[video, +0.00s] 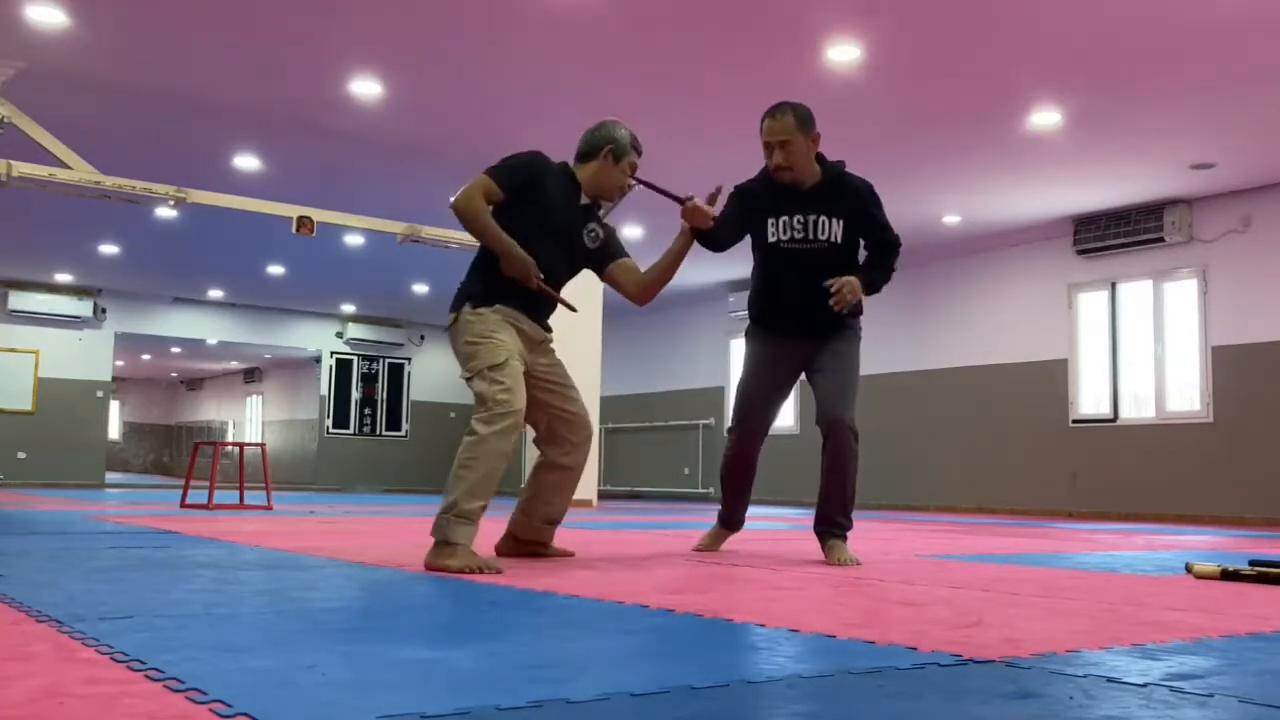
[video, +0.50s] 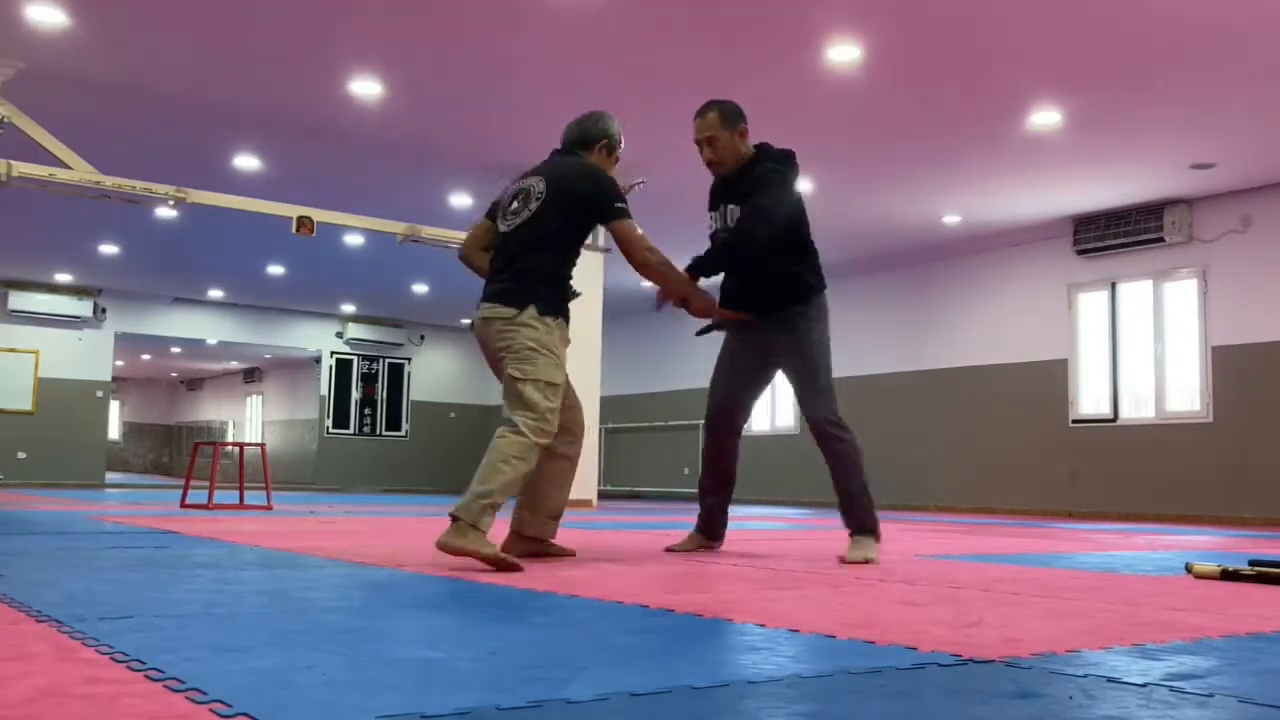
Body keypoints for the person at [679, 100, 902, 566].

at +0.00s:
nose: (775, 159)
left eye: (785, 147)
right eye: (768, 148)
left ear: (814, 142)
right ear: (762, 147)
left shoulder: (853, 193)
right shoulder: (754, 194)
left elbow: (888, 249)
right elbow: (721, 237)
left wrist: (864, 282)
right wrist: (703, 225)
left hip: (834, 333)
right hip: (772, 333)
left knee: (839, 424)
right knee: (745, 429)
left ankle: (834, 535)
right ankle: (729, 522)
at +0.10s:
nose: (769, 158)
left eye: (778, 146)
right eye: (762, 148)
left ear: (807, 142)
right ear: (756, 148)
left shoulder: (849, 191)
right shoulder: (749, 197)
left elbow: (887, 255)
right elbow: (719, 242)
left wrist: (837, 265)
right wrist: (703, 235)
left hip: (834, 333)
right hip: (773, 333)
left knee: (836, 424)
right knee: (743, 429)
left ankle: (833, 536)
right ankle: (730, 522)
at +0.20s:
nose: (758, 159)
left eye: (767, 147)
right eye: (752, 149)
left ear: (797, 140)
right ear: (747, 150)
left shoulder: (840, 187)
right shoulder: (745, 199)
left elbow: (856, 253)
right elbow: (717, 263)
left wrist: (785, 222)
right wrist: (705, 252)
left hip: (833, 330)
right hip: (773, 331)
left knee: (828, 422)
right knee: (734, 424)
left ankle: (834, 536)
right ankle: (729, 520)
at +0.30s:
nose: (749, 161)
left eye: (757, 149)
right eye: (743, 152)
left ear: (787, 141)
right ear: (740, 152)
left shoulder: (827, 180)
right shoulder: (747, 197)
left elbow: (825, 232)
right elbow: (727, 251)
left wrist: (759, 207)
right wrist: (707, 286)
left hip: (830, 329)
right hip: (772, 330)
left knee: (822, 423)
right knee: (725, 422)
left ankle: (834, 537)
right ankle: (725, 525)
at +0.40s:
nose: (732, 160)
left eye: (738, 147)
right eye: (725, 150)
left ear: (769, 139)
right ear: (723, 151)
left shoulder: (808, 181)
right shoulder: (737, 201)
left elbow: (788, 229)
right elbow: (727, 261)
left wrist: (718, 222)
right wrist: (705, 310)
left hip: (819, 325)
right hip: (763, 328)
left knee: (815, 421)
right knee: (724, 423)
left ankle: (833, 538)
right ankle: (709, 531)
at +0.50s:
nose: (704, 153)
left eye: (711, 142)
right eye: (699, 144)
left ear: (742, 136)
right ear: (699, 145)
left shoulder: (775, 174)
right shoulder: (721, 188)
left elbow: (750, 239)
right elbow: (737, 253)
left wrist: (690, 273)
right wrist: (724, 305)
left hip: (799, 318)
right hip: (749, 323)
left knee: (823, 419)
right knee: (721, 419)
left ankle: (864, 534)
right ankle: (709, 531)